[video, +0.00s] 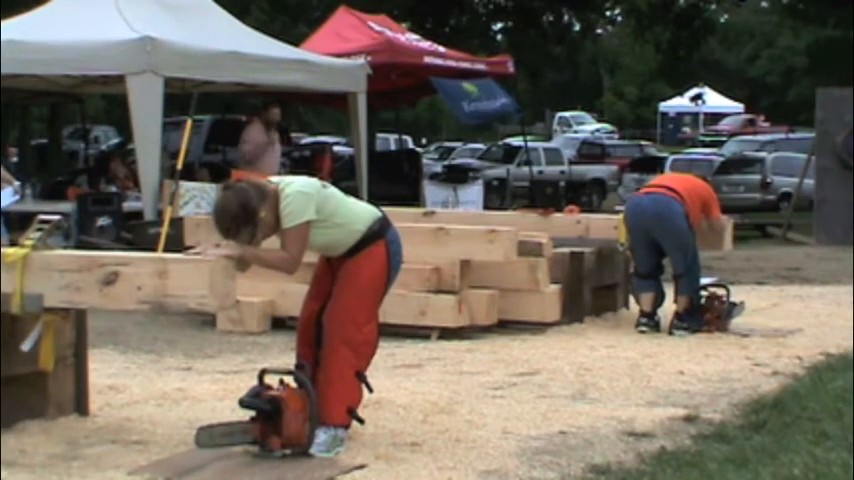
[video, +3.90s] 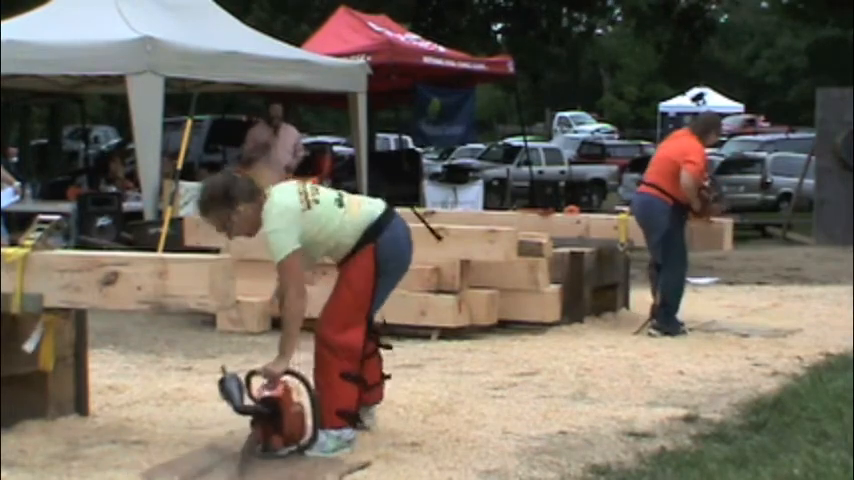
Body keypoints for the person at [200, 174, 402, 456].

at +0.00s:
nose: (259, 237)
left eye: (257, 232)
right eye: (252, 235)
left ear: (264, 210)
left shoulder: (297, 197)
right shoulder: (262, 197)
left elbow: (290, 262)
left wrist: (239, 252)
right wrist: (236, 252)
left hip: (373, 246)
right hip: (337, 251)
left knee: (340, 325)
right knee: (311, 321)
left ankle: (335, 425)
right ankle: (309, 412)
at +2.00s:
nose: (246, 234)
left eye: (248, 226)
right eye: (240, 230)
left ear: (261, 204)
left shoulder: (295, 196)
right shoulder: (260, 195)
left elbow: (291, 260)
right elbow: (245, 263)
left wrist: (241, 253)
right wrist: (227, 250)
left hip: (371, 247)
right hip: (335, 254)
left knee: (338, 326)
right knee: (309, 321)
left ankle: (334, 425)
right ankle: (309, 413)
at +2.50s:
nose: (244, 227)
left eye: (242, 219)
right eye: (238, 224)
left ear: (256, 198)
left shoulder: (302, 198)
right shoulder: (263, 214)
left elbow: (325, 262)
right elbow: (277, 267)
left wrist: (281, 281)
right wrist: (264, 293)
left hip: (374, 245)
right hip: (337, 254)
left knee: (338, 322)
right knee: (309, 322)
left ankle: (336, 426)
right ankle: (310, 414)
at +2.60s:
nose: (241, 232)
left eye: (239, 222)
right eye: (234, 227)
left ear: (254, 199)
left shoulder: (300, 211)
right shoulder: (262, 226)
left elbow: (316, 277)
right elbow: (283, 284)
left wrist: (285, 329)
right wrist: (298, 333)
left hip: (377, 246)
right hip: (338, 257)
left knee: (339, 321)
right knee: (307, 319)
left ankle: (340, 424)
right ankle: (313, 414)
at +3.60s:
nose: (237, 253)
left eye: (234, 244)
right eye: (230, 248)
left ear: (251, 224)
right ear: (253, 221)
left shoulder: (287, 226)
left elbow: (305, 299)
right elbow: (307, 293)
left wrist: (301, 361)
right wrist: (302, 356)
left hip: (382, 255)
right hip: (364, 257)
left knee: (334, 335)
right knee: (329, 331)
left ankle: (338, 429)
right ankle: (350, 412)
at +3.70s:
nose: (239, 239)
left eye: (234, 232)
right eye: (231, 236)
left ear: (248, 211)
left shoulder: (279, 228)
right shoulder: (282, 176)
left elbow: (296, 297)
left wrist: (298, 362)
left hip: (372, 245)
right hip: (387, 224)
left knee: (326, 330)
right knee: (356, 324)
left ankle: (335, 427)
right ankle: (352, 403)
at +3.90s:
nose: (228, 236)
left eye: (225, 227)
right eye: (223, 230)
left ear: (241, 210)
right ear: (244, 205)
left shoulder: (278, 217)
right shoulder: (281, 197)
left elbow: (295, 292)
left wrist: (283, 358)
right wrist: (284, 287)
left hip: (379, 242)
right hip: (386, 232)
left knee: (333, 330)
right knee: (353, 322)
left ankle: (337, 428)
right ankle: (365, 402)